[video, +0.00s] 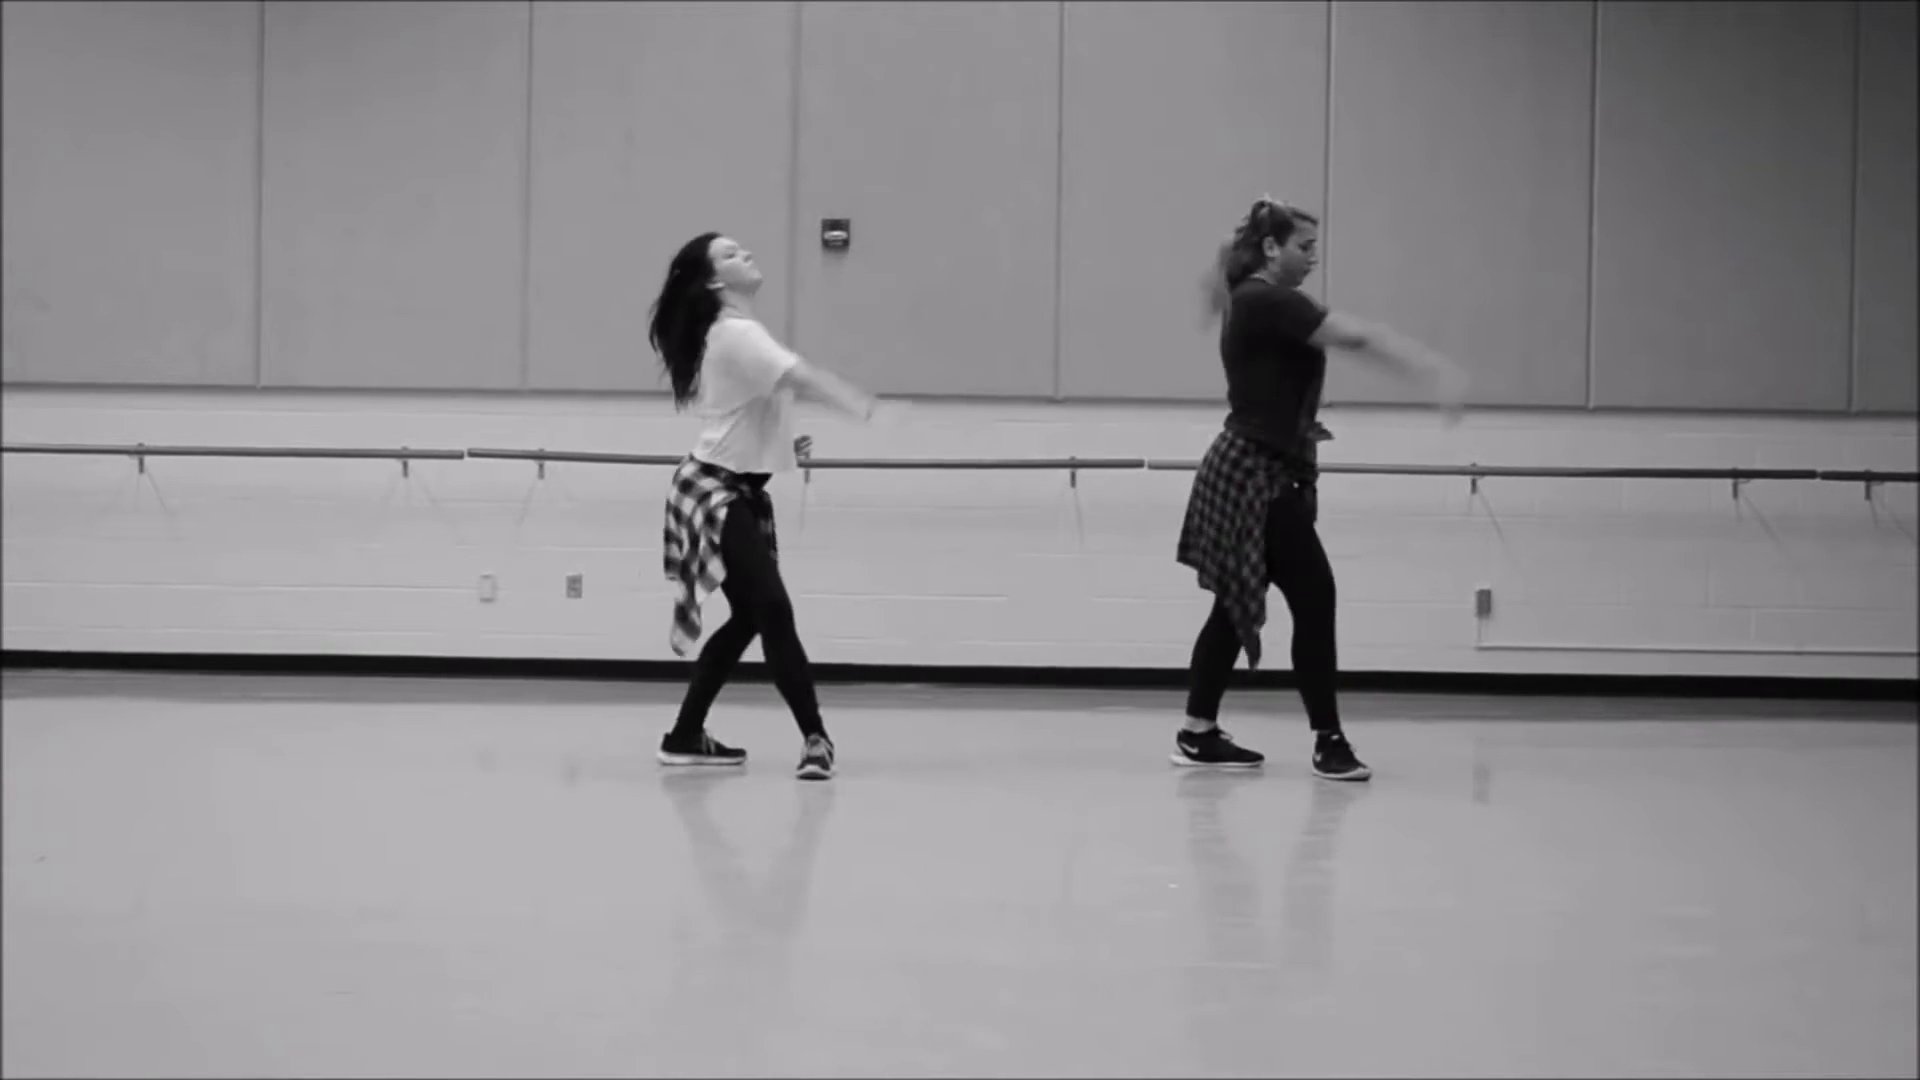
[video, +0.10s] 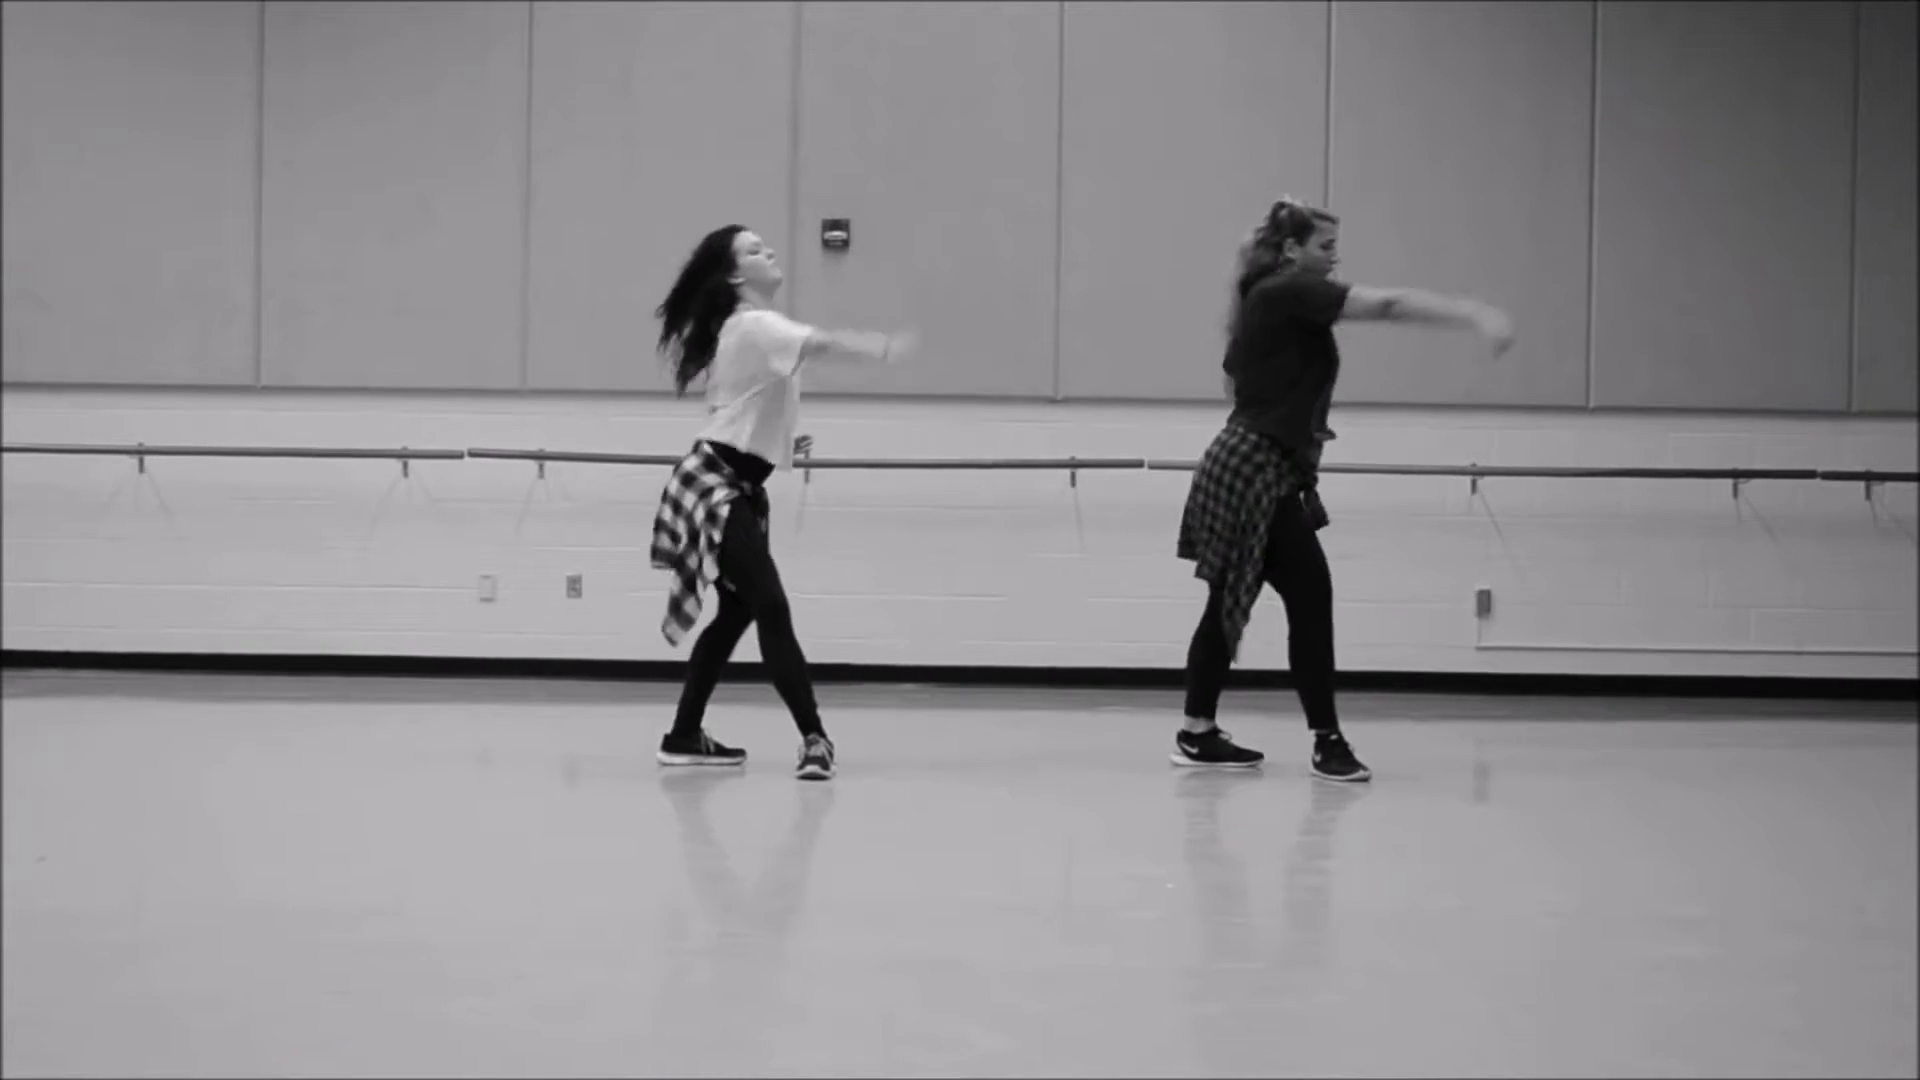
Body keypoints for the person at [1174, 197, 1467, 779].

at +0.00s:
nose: (1311, 259)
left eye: (1314, 249)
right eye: (1303, 248)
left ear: (1274, 250)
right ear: (1270, 247)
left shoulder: (1256, 300)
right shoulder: (1270, 300)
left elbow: (1258, 385)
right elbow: (1359, 337)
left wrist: (1299, 425)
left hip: (1258, 473)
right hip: (1262, 478)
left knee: (1236, 602)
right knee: (1314, 596)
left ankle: (1198, 730)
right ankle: (1328, 741)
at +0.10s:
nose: (1334, 259)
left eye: (1335, 248)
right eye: (1326, 248)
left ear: (1290, 251)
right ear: (1292, 249)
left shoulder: (1271, 296)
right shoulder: (1291, 294)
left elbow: (1254, 387)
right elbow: (1387, 304)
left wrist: (1302, 463)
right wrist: (1475, 313)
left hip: (1253, 468)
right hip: (1259, 473)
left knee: (1230, 599)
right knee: (1311, 594)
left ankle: (1196, 729)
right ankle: (1328, 741)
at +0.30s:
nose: (1375, 272)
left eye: (1375, 261)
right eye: (1368, 261)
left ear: (1322, 254)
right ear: (1339, 258)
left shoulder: (1294, 302)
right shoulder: (1318, 294)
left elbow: (1235, 369)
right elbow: (1416, 269)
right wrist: (1501, 232)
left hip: (1251, 469)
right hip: (1251, 471)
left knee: (1217, 602)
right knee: (1304, 600)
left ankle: (1195, 729)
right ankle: (1326, 742)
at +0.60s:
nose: (1405, 299)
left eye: (1407, 288)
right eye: (1399, 286)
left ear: (1379, 280)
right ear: (1369, 277)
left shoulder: (1347, 327)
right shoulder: (1323, 297)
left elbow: (1266, 365)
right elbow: (1383, 232)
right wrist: (1415, 214)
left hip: (1269, 479)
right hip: (1251, 474)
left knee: (1212, 596)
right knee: (1308, 600)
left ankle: (1195, 729)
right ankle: (1328, 742)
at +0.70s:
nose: (1404, 302)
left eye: (1407, 292)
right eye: (1399, 289)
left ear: (1376, 285)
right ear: (1369, 281)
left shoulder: (1355, 333)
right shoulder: (1318, 290)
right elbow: (1383, 206)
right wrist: (1382, 241)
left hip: (1279, 482)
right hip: (1243, 470)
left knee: (1218, 600)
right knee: (1309, 595)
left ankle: (1196, 730)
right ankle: (1327, 741)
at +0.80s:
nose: (1403, 304)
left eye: (1406, 293)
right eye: (1400, 291)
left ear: (1373, 287)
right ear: (1371, 282)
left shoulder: (1355, 342)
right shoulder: (1312, 288)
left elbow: (1321, 427)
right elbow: (1368, 200)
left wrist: (1383, 419)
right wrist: (1385, 227)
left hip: (1280, 484)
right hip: (1243, 472)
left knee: (1225, 601)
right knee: (1308, 594)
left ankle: (1196, 730)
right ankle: (1327, 741)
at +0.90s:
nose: (1394, 295)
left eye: (1399, 286)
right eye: (1388, 282)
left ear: (1384, 287)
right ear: (1355, 270)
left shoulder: (1362, 345)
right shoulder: (1309, 289)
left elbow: (1390, 409)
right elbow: (1360, 201)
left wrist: (1407, 343)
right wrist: (1385, 230)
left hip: (1279, 483)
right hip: (1248, 471)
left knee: (1227, 598)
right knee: (1308, 595)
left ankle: (1196, 728)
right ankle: (1327, 741)